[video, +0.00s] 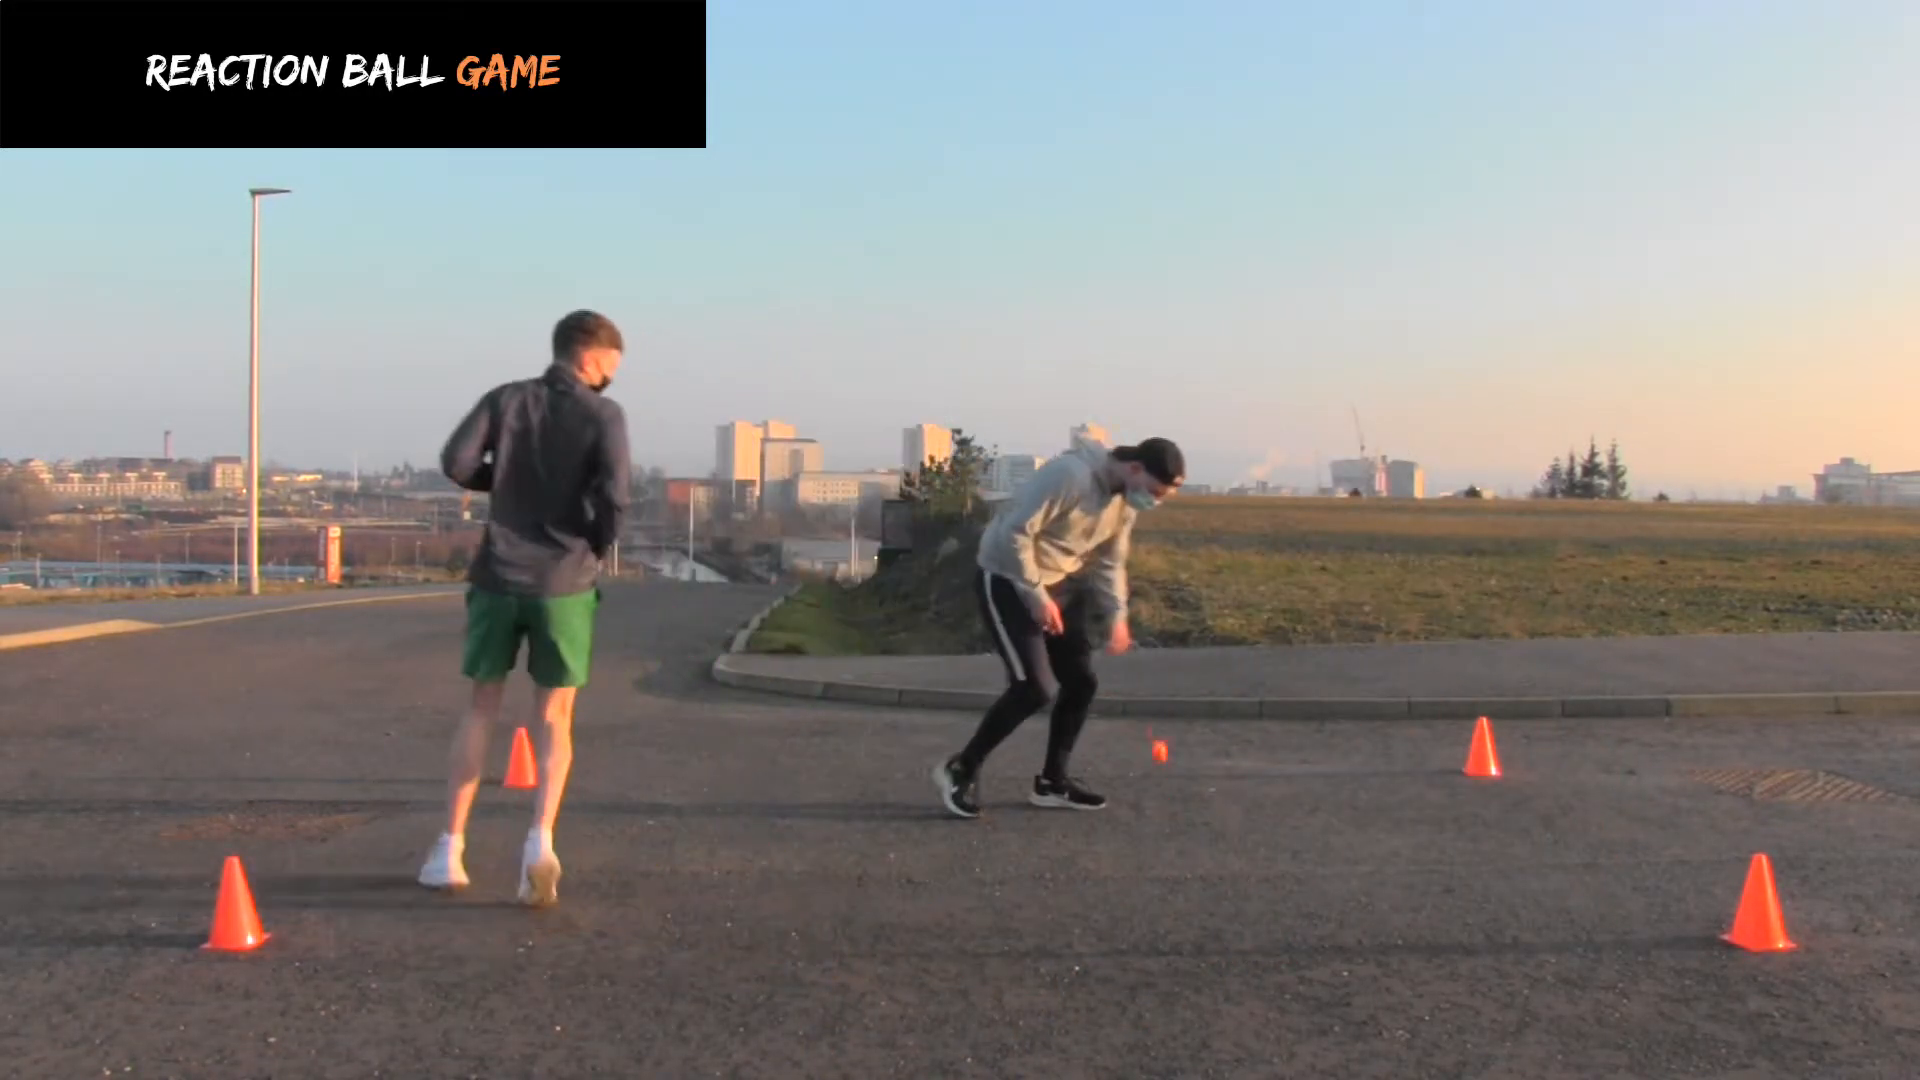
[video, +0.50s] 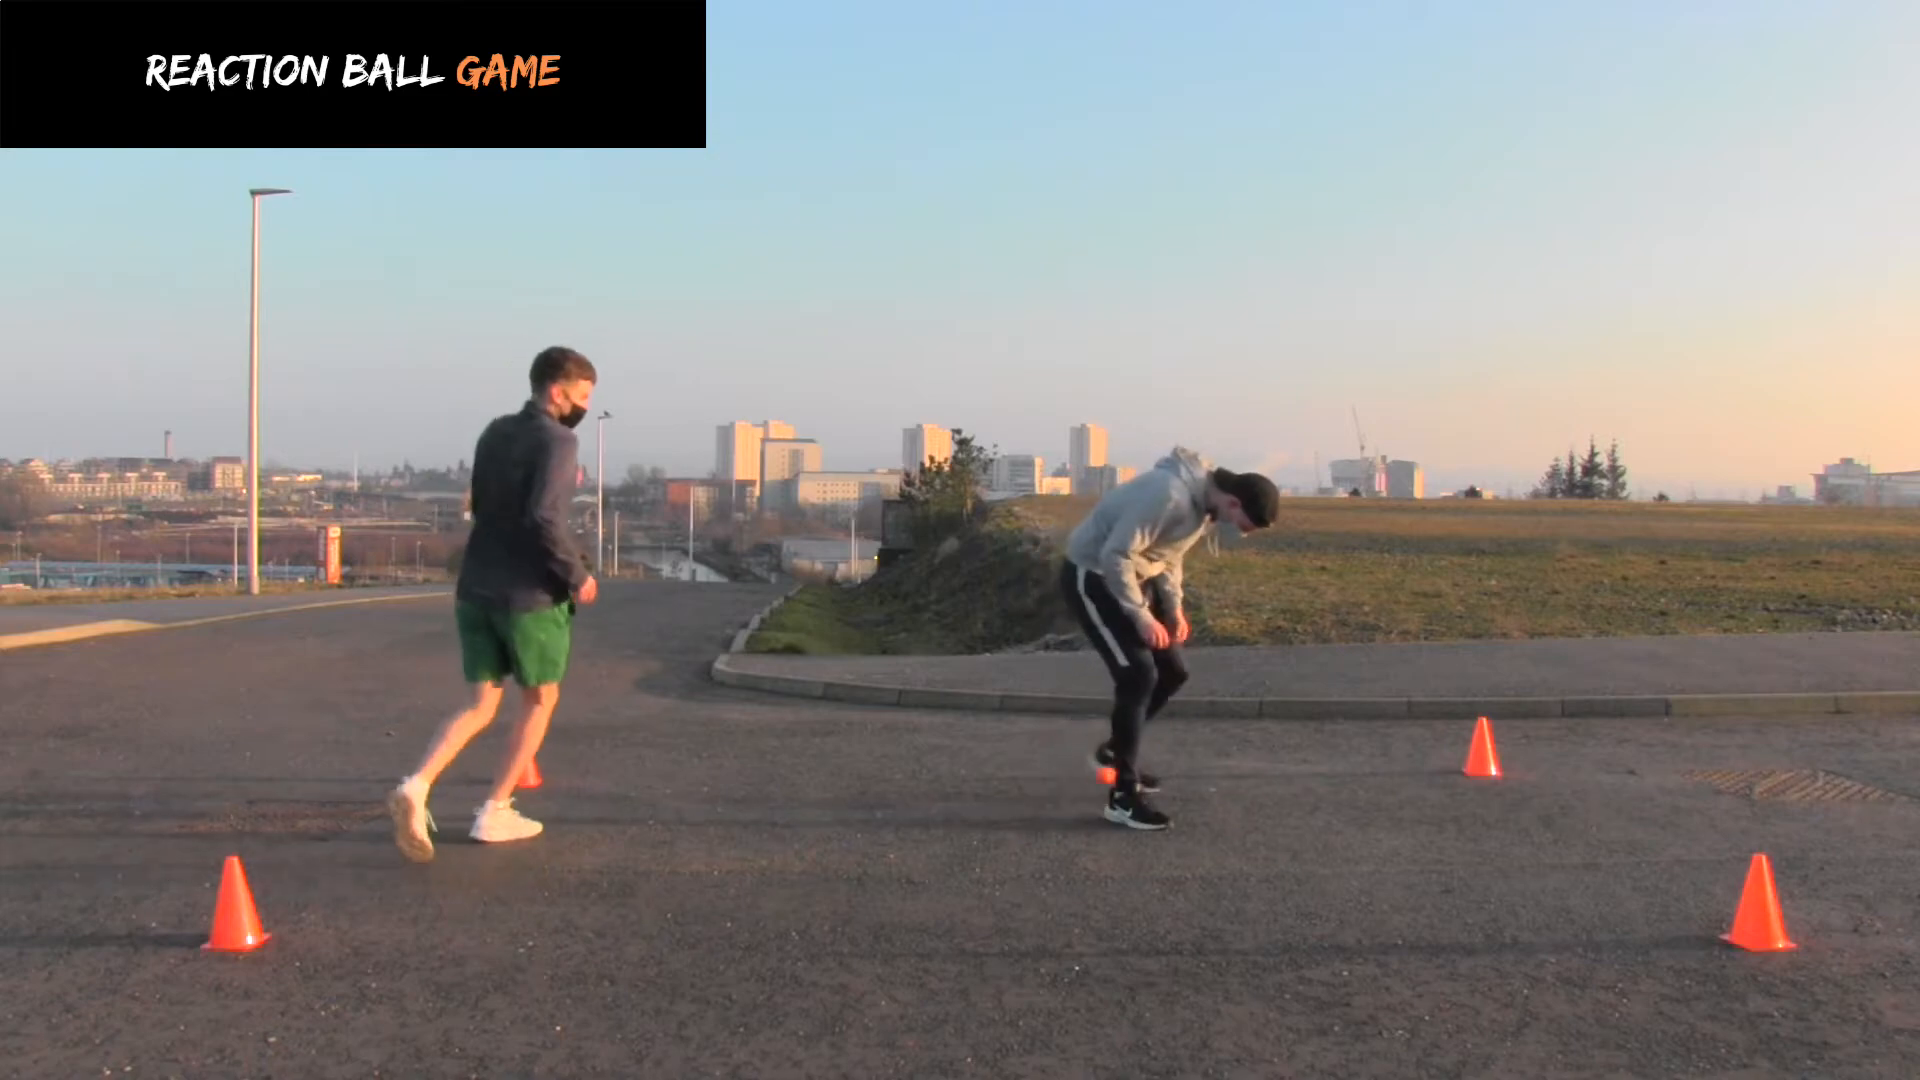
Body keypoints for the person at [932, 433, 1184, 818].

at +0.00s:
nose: (1150, 502)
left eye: (1157, 498)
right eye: (1151, 493)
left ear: (1138, 472)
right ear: (1135, 469)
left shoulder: (1122, 501)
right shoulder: (1069, 473)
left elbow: (1111, 563)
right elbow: (1011, 535)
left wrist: (1117, 615)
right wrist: (1036, 596)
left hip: (1048, 584)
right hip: (1003, 575)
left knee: (1080, 683)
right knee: (1035, 687)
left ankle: (1052, 780)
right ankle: (960, 770)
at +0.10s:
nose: (1177, 507)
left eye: (1184, 502)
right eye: (1178, 498)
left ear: (1164, 478)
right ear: (1160, 474)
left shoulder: (1151, 508)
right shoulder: (1094, 472)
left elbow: (1144, 576)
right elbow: (1034, 531)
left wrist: (1157, 643)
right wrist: (1059, 591)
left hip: (1073, 580)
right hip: (1026, 570)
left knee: (1095, 680)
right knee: (1069, 669)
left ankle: (1054, 778)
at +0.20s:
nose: (1192, 515)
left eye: (1199, 511)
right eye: (1193, 506)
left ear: (1183, 485)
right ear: (1179, 482)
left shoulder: (1164, 514)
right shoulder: (1113, 474)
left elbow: (1157, 581)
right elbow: (1047, 531)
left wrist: (1166, 650)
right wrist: (1078, 589)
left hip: (1079, 577)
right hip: (1039, 568)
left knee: (1099, 674)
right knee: (1098, 672)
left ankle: (1054, 776)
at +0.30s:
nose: (1214, 525)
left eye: (1221, 522)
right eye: (1217, 518)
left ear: (1206, 496)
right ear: (1205, 495)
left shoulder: (1181, 517)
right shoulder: (1135, 487)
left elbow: (1163, 577)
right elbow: (1069, 542)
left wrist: (1170, 645)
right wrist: (1107, 595)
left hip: (1097, 581)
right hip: (1061, 577)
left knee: (1139, 676)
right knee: (1119, 677)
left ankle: (1064, 765)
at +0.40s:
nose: (1222, 532)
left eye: (1229, 530)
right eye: (1226, 526)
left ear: (1218, 505)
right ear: (1217, 504)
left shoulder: (1187, 514)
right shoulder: (1146, 497)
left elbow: (1161, 572)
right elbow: (1090, 559)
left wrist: (1172, 627)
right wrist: (1127, 609)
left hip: (1112, 583)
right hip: (1075, 579)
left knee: (1159, 676)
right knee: (1139, 676)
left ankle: (1079, 752)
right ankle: (1125, 795)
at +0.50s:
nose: (1239, 530)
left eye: (1245, 528)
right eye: (1243, 524)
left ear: (1235, 504)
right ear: (1234, 503)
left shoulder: (1204, 507)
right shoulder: (1166, 492)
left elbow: (1169, 559)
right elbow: (1114, 559)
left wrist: (1173, 609)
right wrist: (1142, 618)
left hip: (1130, 574)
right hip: (1089, 571)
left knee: (1172, 673)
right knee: (1137, 673)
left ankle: (1115, 750)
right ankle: (1123, 794)